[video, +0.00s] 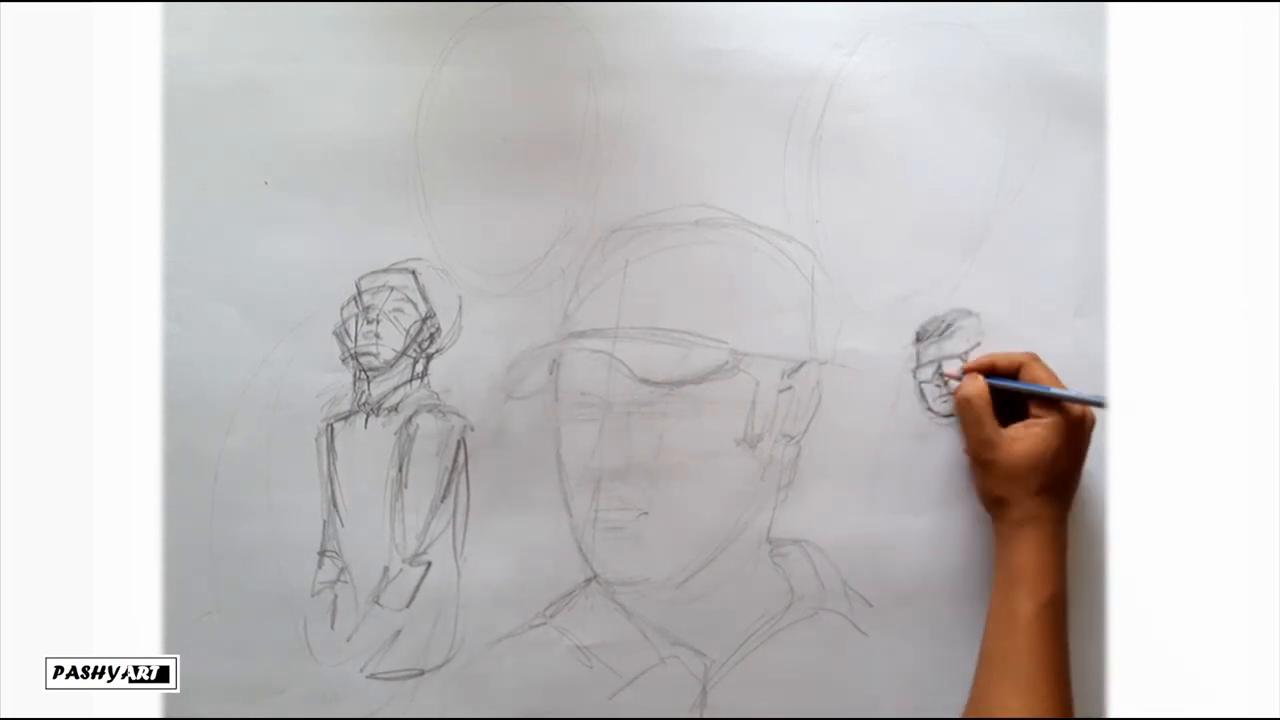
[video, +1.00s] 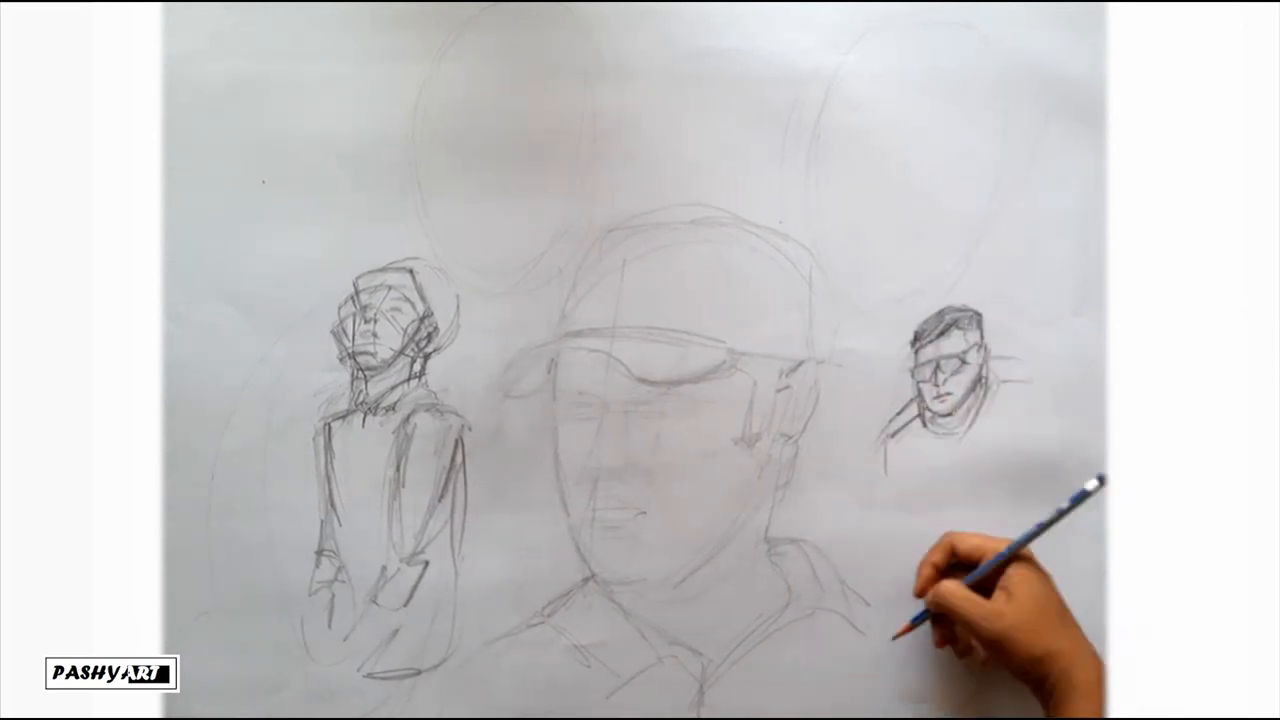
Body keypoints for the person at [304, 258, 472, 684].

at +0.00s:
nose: (372, 326)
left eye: (395, 314)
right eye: (365, 313)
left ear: (426, 334)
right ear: (350, 327)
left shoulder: (437, 428)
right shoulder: (333, 427)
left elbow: (430, 560)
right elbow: (331, 545)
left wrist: (357, 653)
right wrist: (325, 636)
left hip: (415, 627)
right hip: (346, 627)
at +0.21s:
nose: (372, 328)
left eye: (394, 316)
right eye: (365, 315)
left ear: (425, 335)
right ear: (350, 328)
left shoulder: (437, 428)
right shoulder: (333, 427)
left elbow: (430, 560)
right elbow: (331, 546)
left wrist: (356, 656)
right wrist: (323, 640)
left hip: (414, 629)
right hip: (345, 628)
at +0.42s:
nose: (372, 326)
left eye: (394, 314)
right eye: (365, 313)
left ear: (425, 334)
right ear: (349, 327)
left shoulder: (436, 427)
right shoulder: (332, 428)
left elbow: (429, 560)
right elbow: (330, 545)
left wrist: (355, 656)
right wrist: (321, 635)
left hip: (412, 629)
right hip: (344, 629)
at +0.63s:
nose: (371, 326)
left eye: (394, 315)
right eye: (364, 314)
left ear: (425, 334)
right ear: (349, 327)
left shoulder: (435, 427)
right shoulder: (331, 428)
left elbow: (430, 560)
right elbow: (329, 546)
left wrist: (353, 657)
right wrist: (321, 641)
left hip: (411, 632)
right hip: (343, 632)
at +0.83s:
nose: (370, 326)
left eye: (393, 315)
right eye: (363, 314)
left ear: (424, 334)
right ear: (348, 327)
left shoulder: (435, 427)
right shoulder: (330, 428)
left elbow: (429, 560)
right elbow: (329, 547)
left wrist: (353, 655)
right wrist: (321, 641)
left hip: (412, 628)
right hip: (343, 629)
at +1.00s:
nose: (370, 326)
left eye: (392, 313)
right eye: (363, 313)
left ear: (424, 333)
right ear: (347, 326)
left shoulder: (434, 426)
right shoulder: (330, 428)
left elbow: (428, 560)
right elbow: (329, 545)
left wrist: (351, 657)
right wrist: (320, 634)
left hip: (410, 631)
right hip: (341, 632)